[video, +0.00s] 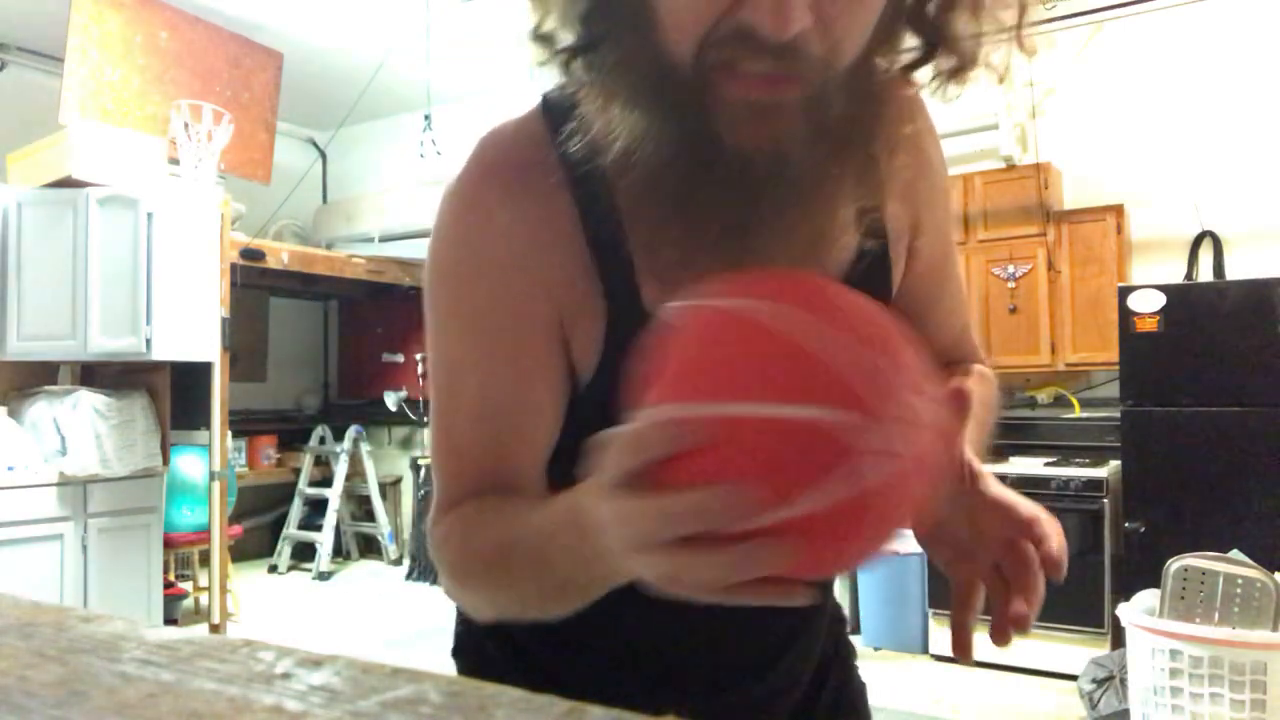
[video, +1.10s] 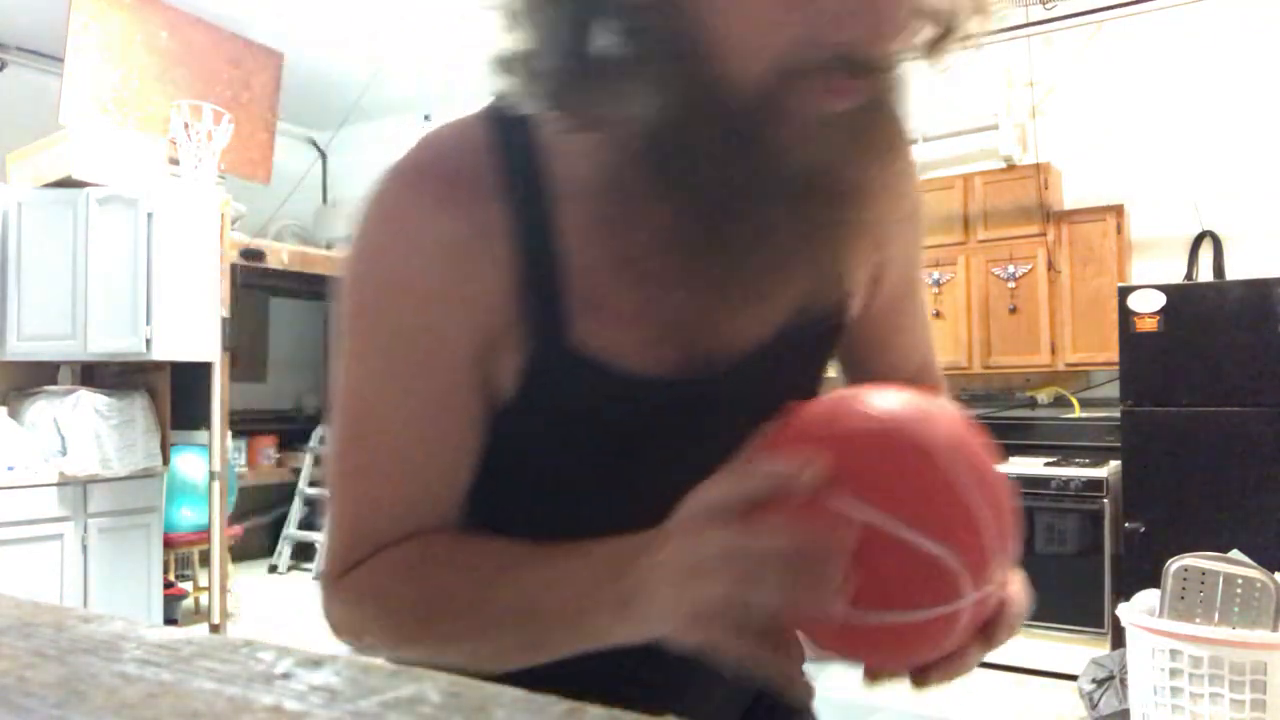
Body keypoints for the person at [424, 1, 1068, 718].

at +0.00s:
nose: (781, 18)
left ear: (890, 6)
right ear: (631, 3)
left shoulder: (886, 130)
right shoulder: (516, 191)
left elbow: (956, 363)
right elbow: (470, 543)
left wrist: (946, 472)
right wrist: (598, 534)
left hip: (795, 660)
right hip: (566, 673)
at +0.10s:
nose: (741, 57)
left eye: (805, 8)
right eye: (688, 2)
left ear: (873, 14)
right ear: (584, 6)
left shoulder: (868, 140)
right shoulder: (485, 202)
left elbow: (929, 360)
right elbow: (448, 560)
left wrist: (927, 488)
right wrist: (498, 590)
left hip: (775, 666)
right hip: (549, 678)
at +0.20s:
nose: (681, 99)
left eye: (751, 19)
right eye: (622, 11)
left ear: (836, 16)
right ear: (516, 13)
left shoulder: (850, 167)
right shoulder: (434, 224)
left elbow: (910, 371)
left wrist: (906, 521)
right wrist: (442, 636)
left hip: (753, 684)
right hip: (525, 692)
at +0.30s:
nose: (618, 141)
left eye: (700, 51)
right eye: (551, 32)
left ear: (798, 36)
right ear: (456, 29)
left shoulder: (829, 194)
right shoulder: (385, 245)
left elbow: (892, 401)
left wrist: (872, 564)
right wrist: (382, 634)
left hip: (734, 686)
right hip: (497, 695)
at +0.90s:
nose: (634, 99)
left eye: (707, 13)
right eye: (563, 4)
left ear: (792, 20)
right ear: (441, 11)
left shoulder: (806, 180)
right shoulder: (338, 246)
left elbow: (879, 434)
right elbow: (293, 617)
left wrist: (862, 577)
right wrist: (505, 657)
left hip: (732, 678)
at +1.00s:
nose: (746, 55)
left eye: (805, 1)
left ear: (848, 14)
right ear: (539, 8)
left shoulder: (829, 157)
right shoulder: (384, 219)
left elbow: (894, 414)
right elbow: (325, 604)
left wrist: (897, 573)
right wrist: (570, 625)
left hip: (732, 688)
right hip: (447, 704)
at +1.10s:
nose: (879, 26)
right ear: (638, 6)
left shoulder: (862, 167)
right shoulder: (453, 201)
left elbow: (914, 428)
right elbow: (369, 584)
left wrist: (961, 565)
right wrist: (647, 585)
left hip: (733, 686)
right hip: (489, 693)